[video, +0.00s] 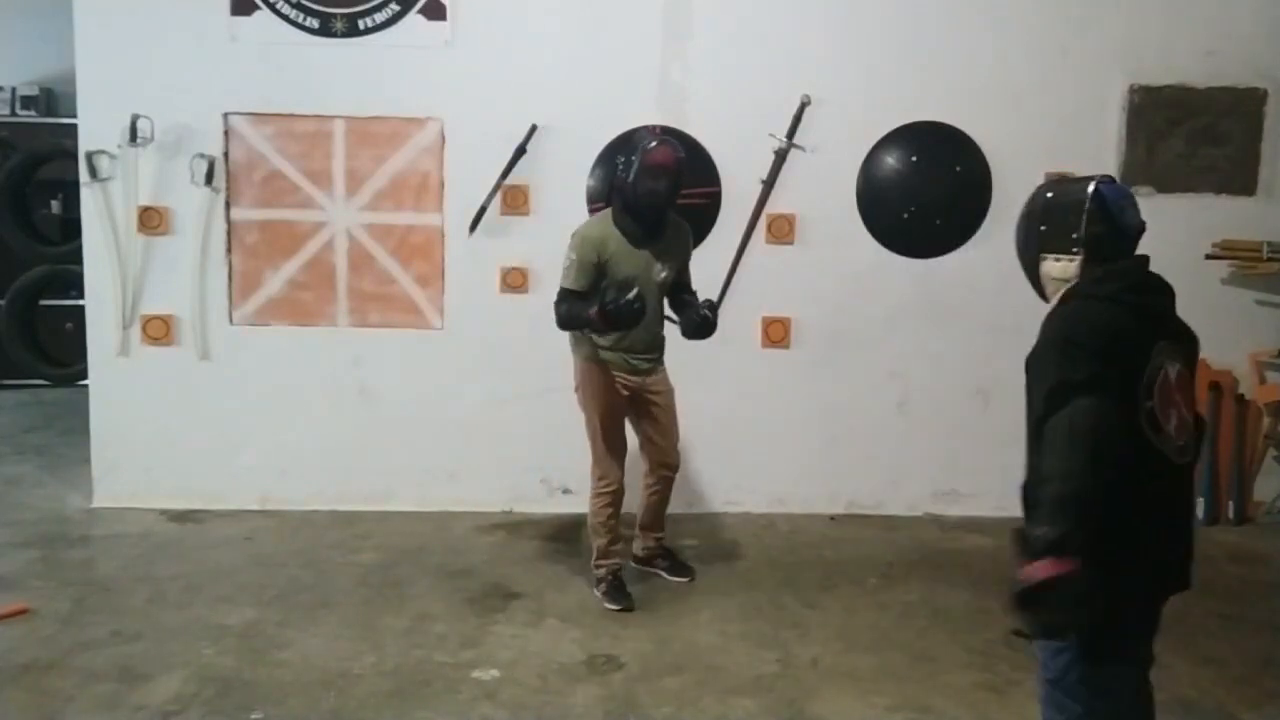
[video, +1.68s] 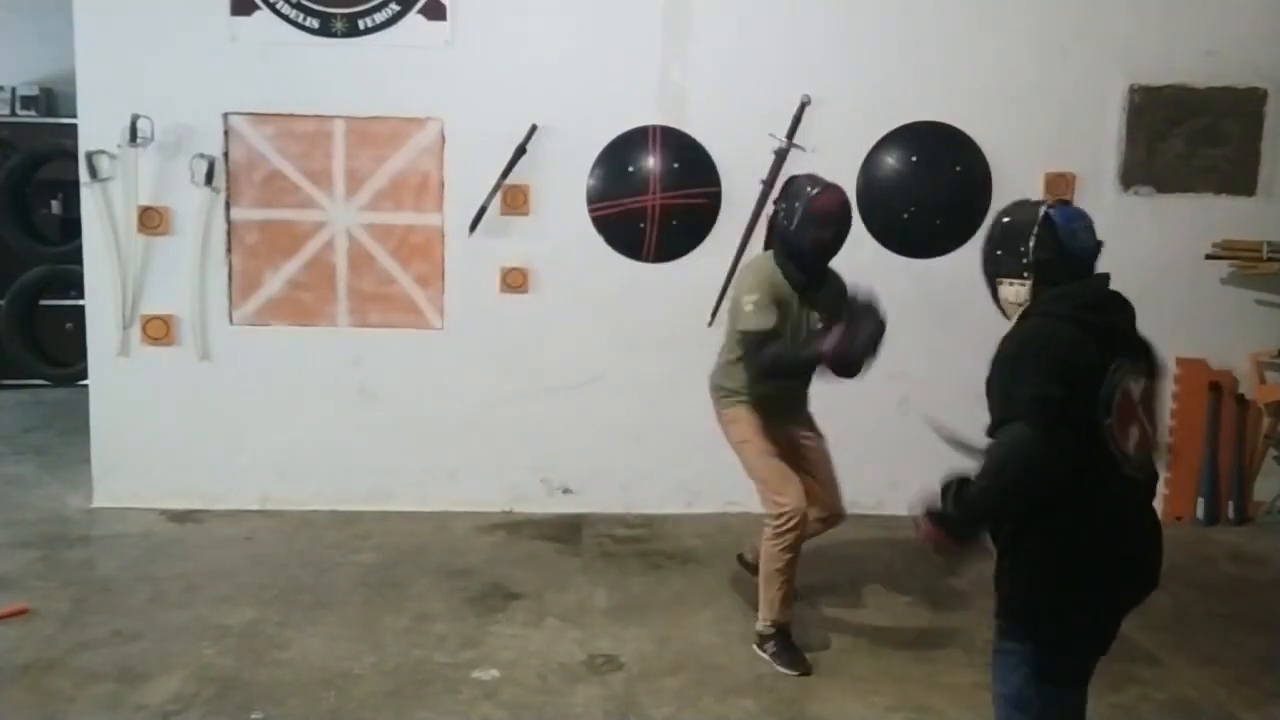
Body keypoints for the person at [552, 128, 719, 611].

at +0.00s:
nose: (658, 189)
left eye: (666, 181)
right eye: (650, 179)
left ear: (675, 187)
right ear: (627, 183)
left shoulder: (677, 234)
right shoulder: (592, 237)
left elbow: (680, 294)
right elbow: (565, 309)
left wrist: (695, 316)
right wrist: (602, 315)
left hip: (649, 367)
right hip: (599, 366)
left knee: (664, 462)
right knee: (610, 470)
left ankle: (649, 548)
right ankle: (606, 569)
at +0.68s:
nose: (698, 189)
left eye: (704, 180)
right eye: (688, 179)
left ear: (710, 186)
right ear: (663, 182)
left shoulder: (701, 236)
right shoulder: (628, 236)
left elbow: (696, 293)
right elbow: (594, 308)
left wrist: (715, 317)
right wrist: (638, 313)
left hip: (676, 367)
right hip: (628, 366)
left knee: (704, 460)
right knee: (622, 472)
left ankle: (716, 561)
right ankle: (608, 571)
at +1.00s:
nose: (757, 192)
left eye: (762, 183)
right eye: (747, 181)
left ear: (766, 186)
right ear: (718, 182)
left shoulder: (760, 239)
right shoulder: (687, 236)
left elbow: (765, 298)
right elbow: (652, 308)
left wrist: (779, 321)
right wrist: (692, 312)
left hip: (738, 378)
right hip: (687, 377)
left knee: (759, 468)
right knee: (673, 477)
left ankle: (745, 566)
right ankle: (620, 564)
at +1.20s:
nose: (785, 189)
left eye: (792, 179)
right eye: (776, 177)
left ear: (798, 182)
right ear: (748, 176)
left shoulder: (794, 235)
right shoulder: (714, 233)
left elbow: (805, 292)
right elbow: (679, 305)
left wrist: (821, 312)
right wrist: (719, 306)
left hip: (762, 368)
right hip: (713, 363)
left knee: (769, 467)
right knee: (726, 464)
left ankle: (747, 568)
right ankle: (692, 575)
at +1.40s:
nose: (802, 202)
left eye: (811, 193)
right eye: (793, 190)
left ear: (818, 198)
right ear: (767, 188)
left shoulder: (813, 251)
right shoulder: (733, 244)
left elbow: (835, 314)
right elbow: (708, 319)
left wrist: (836, 306)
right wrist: (763, 304)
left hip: (775, 375)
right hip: (727, 371)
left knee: (787, 482)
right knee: (761, 481)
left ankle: (751, 567)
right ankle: (738, 596)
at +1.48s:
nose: (810, 221)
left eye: (818, 212)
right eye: (803, 208)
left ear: (823, 215)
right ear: (776, 203)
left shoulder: (810, 259)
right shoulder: (748, 253)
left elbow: (851, 331)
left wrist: (837, 290)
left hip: (773, 382)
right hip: (727, 377)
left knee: (796, 493)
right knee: (772, 487)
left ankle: (754, 567)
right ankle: (742, 589)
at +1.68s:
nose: (831, 244)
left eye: (837, 234)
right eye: (822, 231)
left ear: (840, 234)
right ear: (791, 226)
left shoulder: (825, 285)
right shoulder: (758, 278)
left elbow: (845, 360)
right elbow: (762, 363)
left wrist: (859, 333)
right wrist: (821, 346)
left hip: (789, 400)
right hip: (741, 400)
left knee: (825, 510)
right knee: (788, 507)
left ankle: (760, 557)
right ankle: (770, 629)